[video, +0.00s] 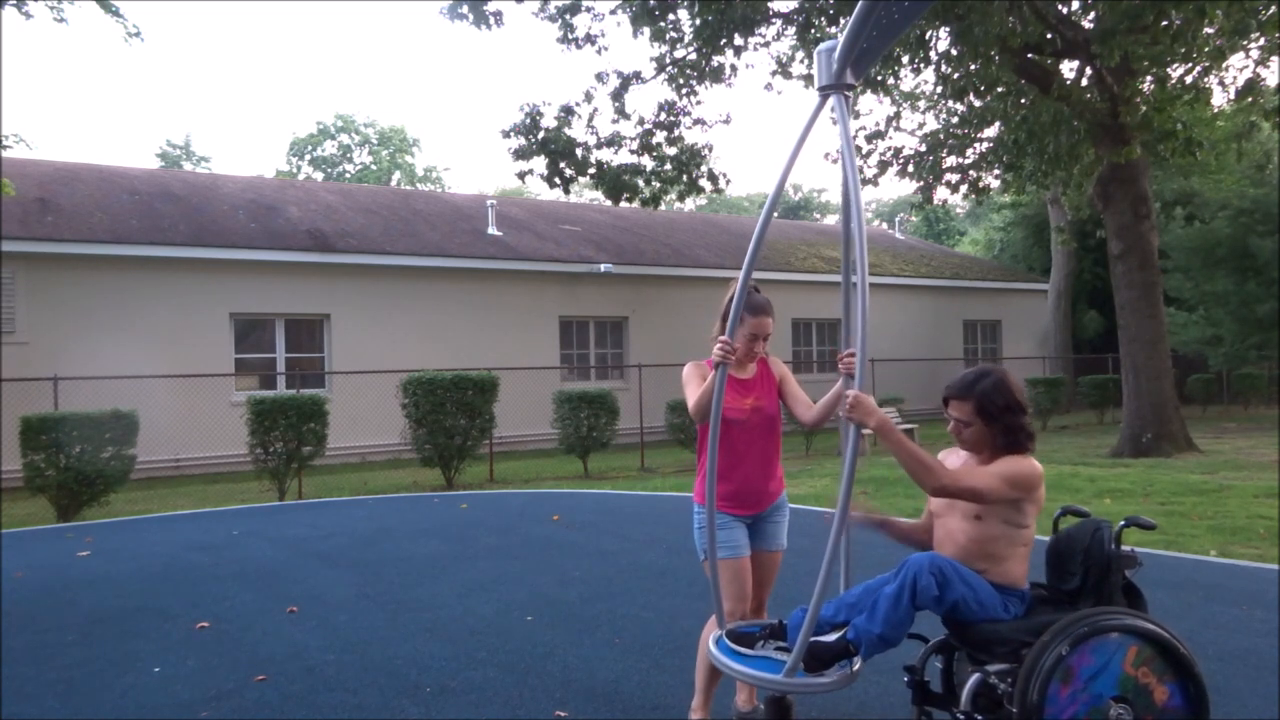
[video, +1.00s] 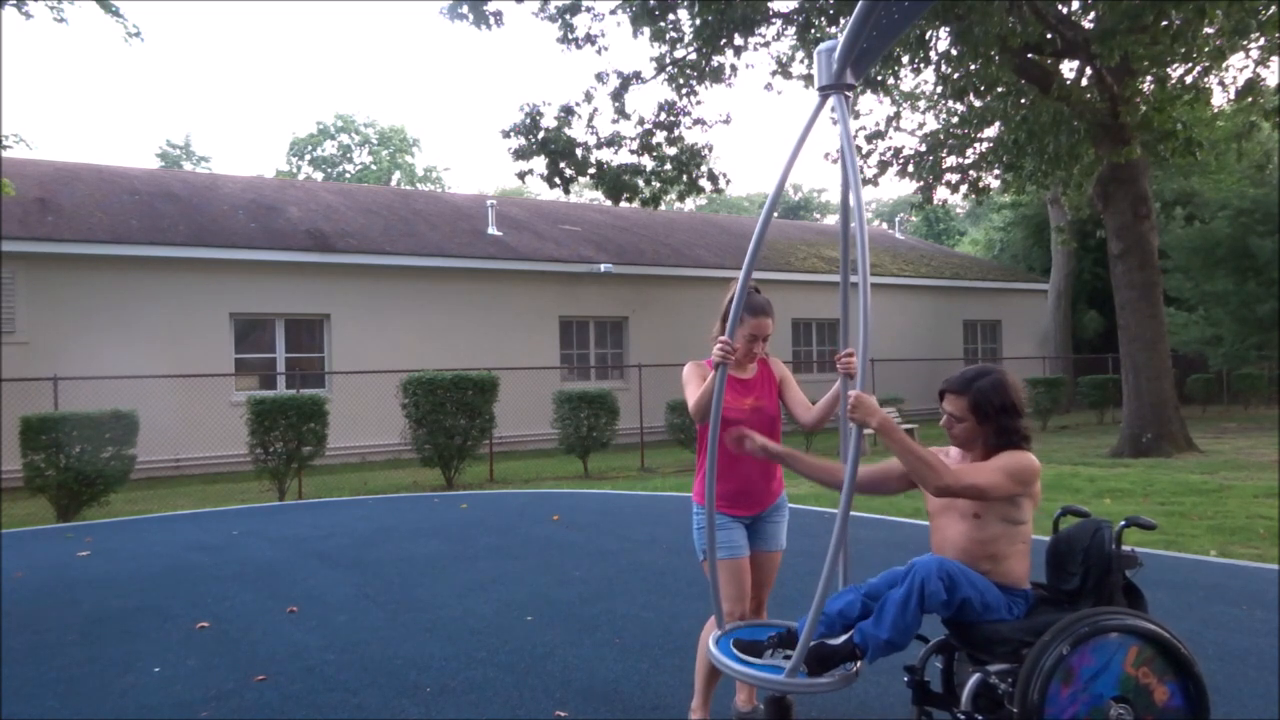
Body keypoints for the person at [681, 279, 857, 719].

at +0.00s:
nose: (761, 346)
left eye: (766, 338)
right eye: (753, 337)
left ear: (771, 331)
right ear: (728, 328)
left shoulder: (774, 367)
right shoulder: (699, 369)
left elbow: (811, 416)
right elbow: (699, 412)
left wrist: (843, 380)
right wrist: (719, 370)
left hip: (771, 504)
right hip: (719, 508)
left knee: (757, 611)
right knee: (733, 615)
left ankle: (747, 701)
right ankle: (699, 706)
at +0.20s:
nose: (760, 347)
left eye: (765, 338)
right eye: (752, 337)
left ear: (770, 332)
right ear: (728, 328)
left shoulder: (773, 367)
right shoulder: (698, 370)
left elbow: (810, 417)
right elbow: (698, 413)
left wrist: (843, 380)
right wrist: (719, 370)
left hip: (770, 504)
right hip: (718, 508)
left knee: (756, 609)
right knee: (732, 614)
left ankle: (747, 700)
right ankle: (699, 706)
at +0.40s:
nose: (760, 347)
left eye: (765, 339)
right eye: (752, 338)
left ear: (770, 332)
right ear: (728, 329)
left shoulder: (772, 367)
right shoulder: (698, 369)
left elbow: (810, 417)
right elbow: (698, 412)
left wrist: (842, 381)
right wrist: (719, 369)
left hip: (769, 504)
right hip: (717, 508)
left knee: (757, 610)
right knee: (732, 614)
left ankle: (746, 700)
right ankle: (699, 707)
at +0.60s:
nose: (760, 347)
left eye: (765, 339)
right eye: (752, 338)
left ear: (770, 332)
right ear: (728, 329)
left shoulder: (772, 367)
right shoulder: (698, 369)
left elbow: (810, 417)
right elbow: (698, 412)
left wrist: (842, 381)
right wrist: (719, 369)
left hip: (769, 505)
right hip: (717, 508)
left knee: (757, 610)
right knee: (732, 615)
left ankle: (746, 700)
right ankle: (699, 707)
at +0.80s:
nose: (760, 347)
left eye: (765, 338)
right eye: (752, 337)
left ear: (770, 332)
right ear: (727, 329)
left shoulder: (773, 367)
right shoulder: (698, 369)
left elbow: (810, 417)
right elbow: (699, 413)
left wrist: (842, 381)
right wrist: (719, 369)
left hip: (769, 505)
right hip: (718, 508)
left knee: (757, 611)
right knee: (732, 615)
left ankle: (746, 700)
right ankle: (699, 707)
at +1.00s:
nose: (760, 347)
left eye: (765, 338)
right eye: (752, 337)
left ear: (770, 332)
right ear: (727, 328)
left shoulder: (774, 367)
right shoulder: (698, 369)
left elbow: (811, 417)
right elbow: (698, 412)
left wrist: (842, 381)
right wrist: (719, 369)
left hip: (771, 504)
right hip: (718, 507)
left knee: (757, 611)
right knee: (732, 615)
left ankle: (746, 699)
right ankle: (699, 706)